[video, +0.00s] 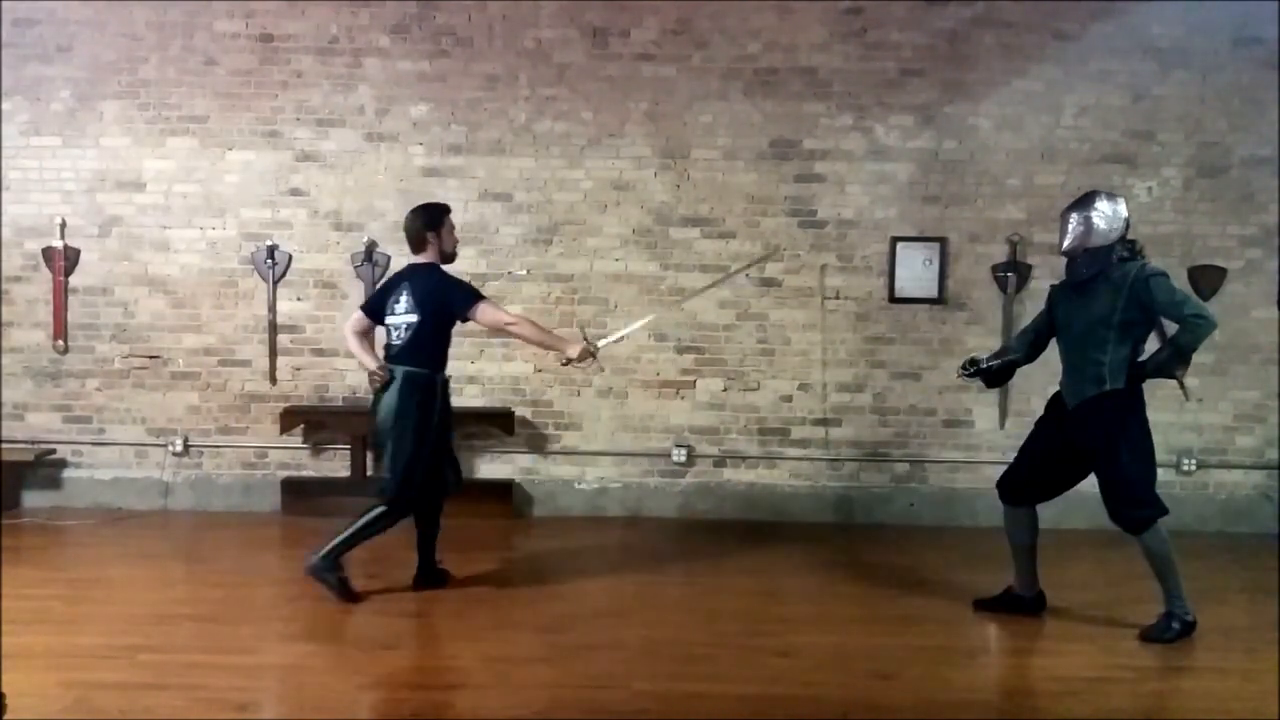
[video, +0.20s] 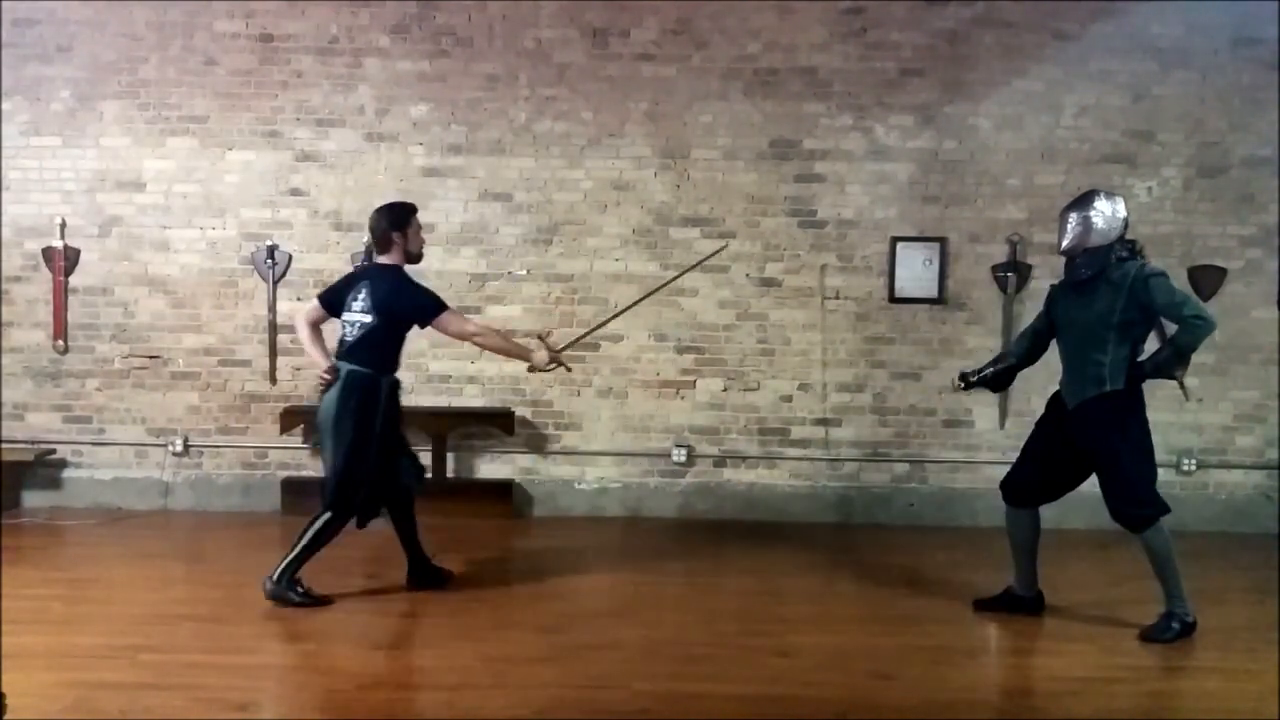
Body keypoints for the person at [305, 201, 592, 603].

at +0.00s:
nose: (457, 237)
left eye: (454, 229)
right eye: (451, 230)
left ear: (419, 240)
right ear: (434, 237)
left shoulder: (395, 284)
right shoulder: (443, 284)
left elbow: (354, 329)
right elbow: (507, 322)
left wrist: (374, 366)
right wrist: (564, 345)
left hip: (399, 395)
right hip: (418, 396)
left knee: (435, 482)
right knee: (407, 495)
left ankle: (427, 568)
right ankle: (327, 559)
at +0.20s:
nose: (424, 238)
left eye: (421, 230)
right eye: (418, 231)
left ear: (385, 240)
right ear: (398, 238)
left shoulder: (356, 280)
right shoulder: (402, 288)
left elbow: (306, 318)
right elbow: (469, 330)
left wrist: (323, 362)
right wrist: (529, 355)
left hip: (353, 396)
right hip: (364, 399)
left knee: (399, 481)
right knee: (351, 496)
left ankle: (419, 567)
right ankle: (283, 577)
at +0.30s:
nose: (408, 237)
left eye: (405, 229)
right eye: (402, 230)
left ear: (368, 238)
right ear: (382, 237)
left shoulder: (338, 276)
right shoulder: (385, 291)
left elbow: (281, 314)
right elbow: (449, 336)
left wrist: (296, 356)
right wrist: (508, 360)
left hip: (320, 392)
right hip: (337, 398)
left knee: (368, 477)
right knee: (334, 495)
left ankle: (393, 559)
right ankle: (280, 581)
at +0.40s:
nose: (391, 238)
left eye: (389, 229)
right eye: (386, 230)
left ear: (352, 239)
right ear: (365, 238)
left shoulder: (320, 275)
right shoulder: (365, 292)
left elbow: (266, 312)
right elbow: (431, 341)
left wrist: (275, 356)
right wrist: (482, 364)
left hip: (290, 387)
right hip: (315, 395)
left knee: (346, 470)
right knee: (327, 491)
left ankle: (335, 562)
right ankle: (279, 582)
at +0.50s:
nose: (376, 236)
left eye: (374, 228)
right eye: (371, 230)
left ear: (336, 238)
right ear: (350, 237)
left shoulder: (305, 274)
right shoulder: (350, 294)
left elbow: (256, 314)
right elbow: (411, 344)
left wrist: (262, 358)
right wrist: (465, 370)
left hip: (270, 389)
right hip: (299, 398)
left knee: (291, 483)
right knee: (319, 496)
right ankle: (277, 584)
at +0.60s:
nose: (363, 237)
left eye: (360, 229)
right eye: (357, 230)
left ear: (323, 239)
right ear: (335, 238)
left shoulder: (293, 278)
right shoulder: (338, 298)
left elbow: (248, 314)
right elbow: (397, 348)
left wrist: (250, 359)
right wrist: (451, 375)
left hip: (255, 392)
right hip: (287, 400)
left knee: (253, 480)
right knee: (314, 495)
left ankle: (205, 558)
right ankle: (277, 583)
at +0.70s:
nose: (352, 238)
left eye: (349, 230)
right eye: (345, 231)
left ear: (313, 241)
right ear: (323, 241)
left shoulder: (285, 280)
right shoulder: (322, 299)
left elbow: (241, 317)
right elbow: (380, 351)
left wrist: (241, 361)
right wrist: (436, 378)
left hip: (245, 394)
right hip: (276, 404)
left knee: (219, 480)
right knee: (312, 492)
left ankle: (164, 552)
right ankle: (277, 583)